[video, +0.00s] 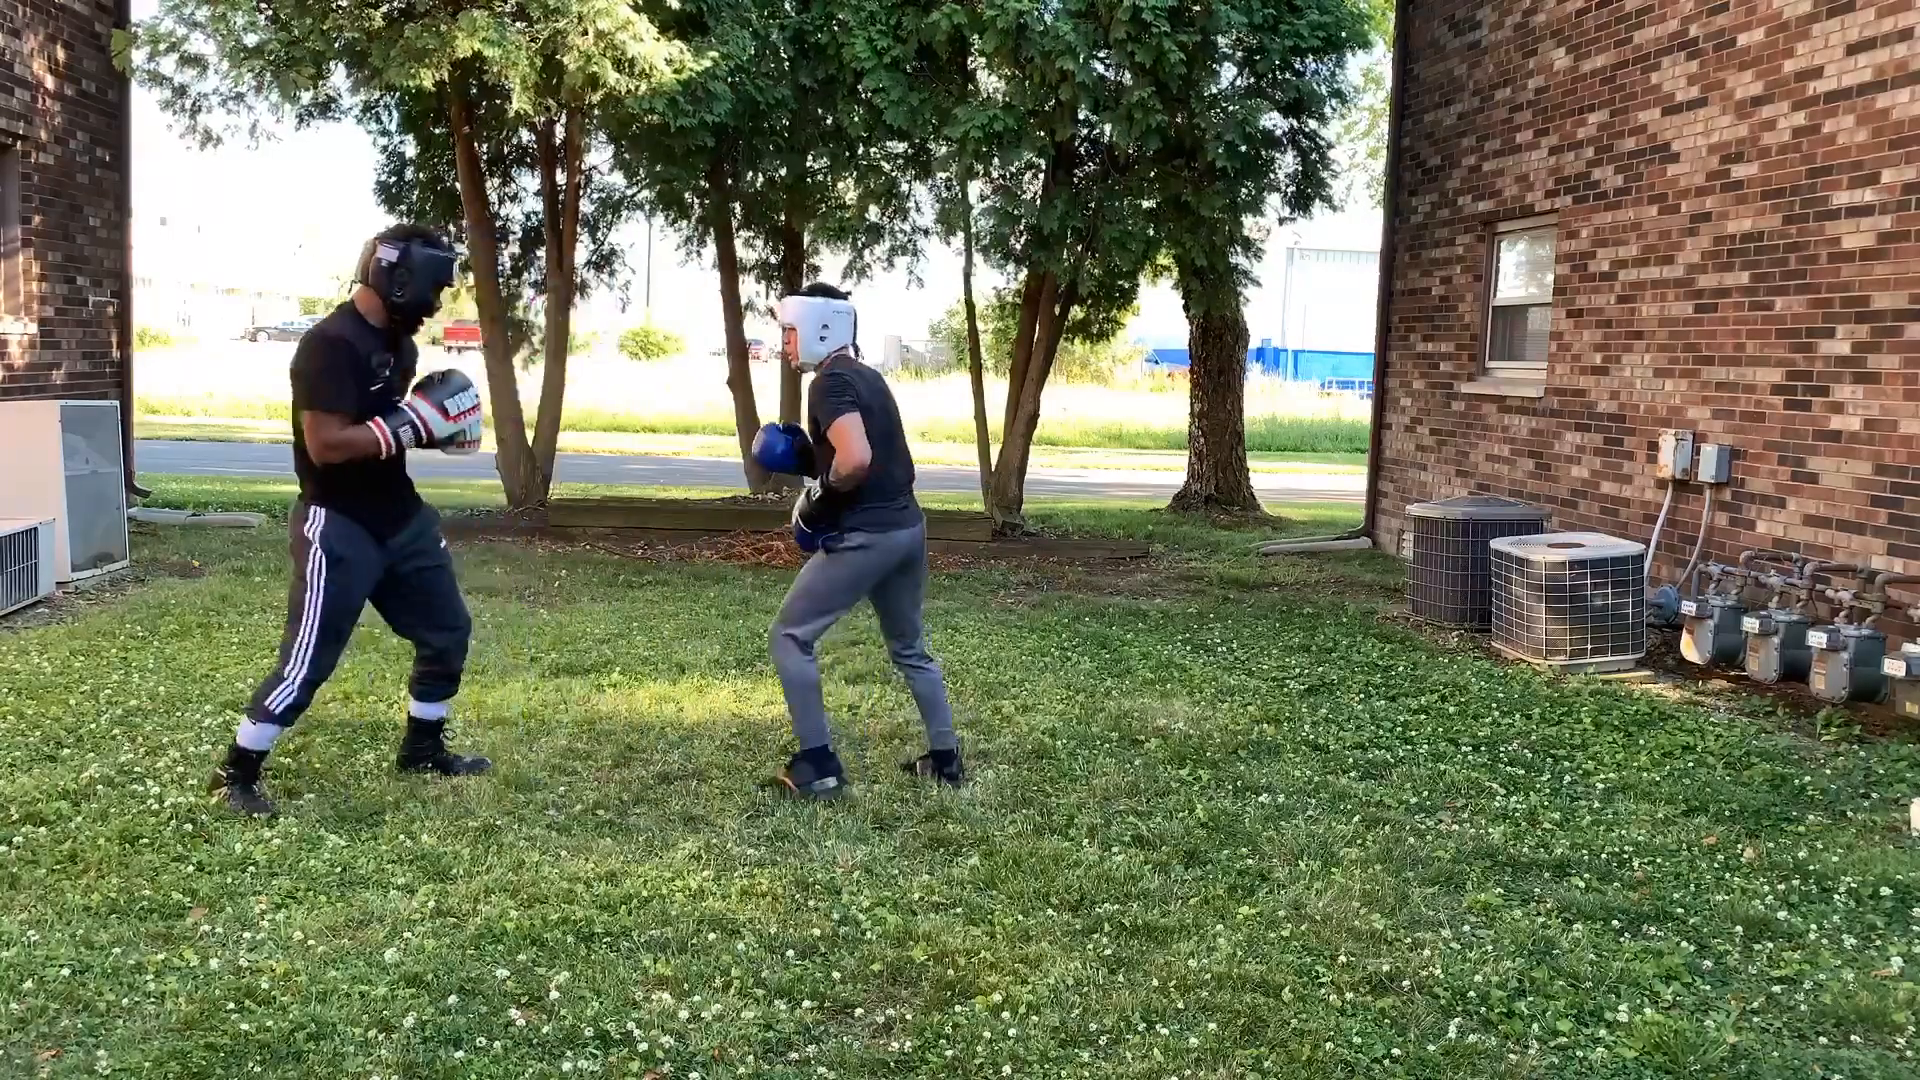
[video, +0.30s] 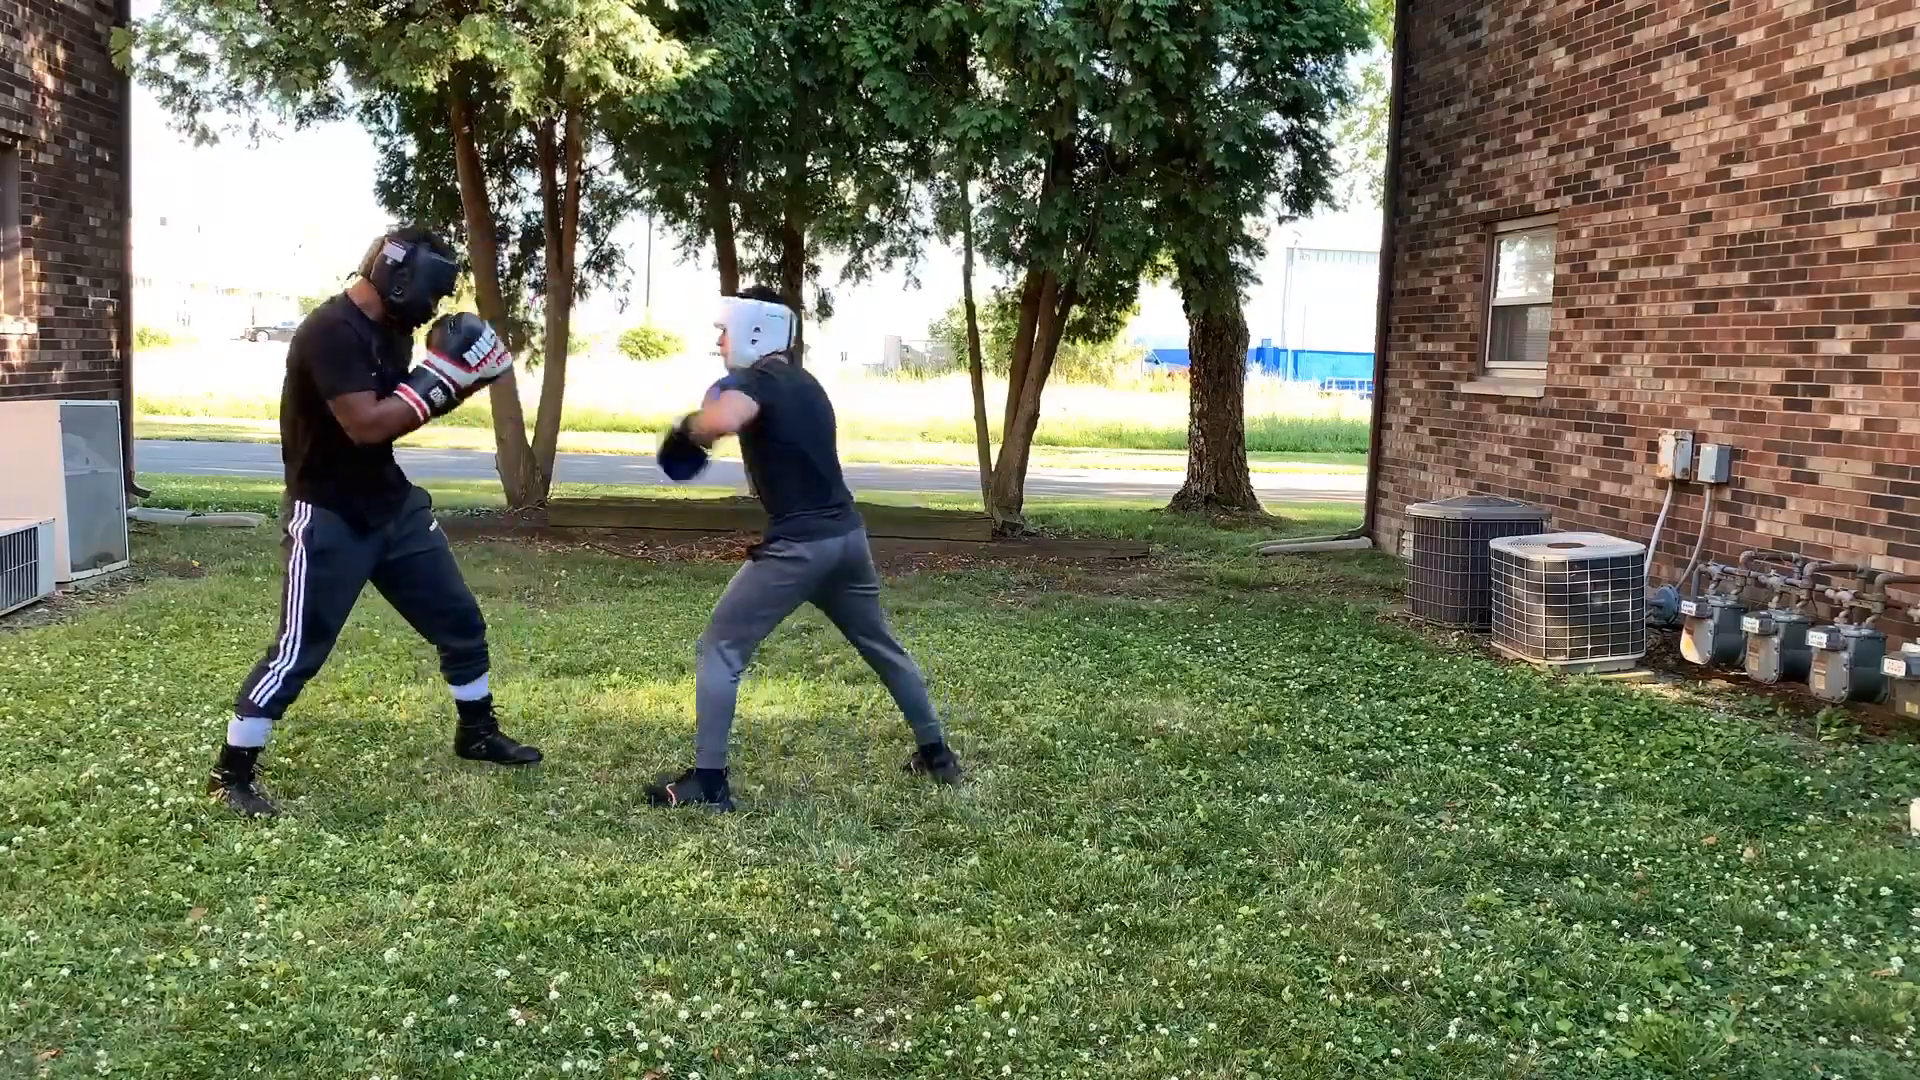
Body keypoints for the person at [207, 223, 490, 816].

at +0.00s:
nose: (431, 302)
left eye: (435, 291)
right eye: (426, 289)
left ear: (393, 281)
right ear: (394, 281)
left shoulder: (398, 344)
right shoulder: (329, 345)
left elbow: (375, 424)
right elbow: (324, 444)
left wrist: (431, 429)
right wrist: (411, 422)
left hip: (396, 512)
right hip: (334, 517)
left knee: (446, 629)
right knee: (309, 657)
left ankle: (423, 748)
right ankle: (240, 772)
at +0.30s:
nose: (425, 310)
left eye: (431, 300)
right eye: (423, 298)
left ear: (390, 281)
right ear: (395, 285)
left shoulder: (390, 331)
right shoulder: (329, 332)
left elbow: (387, 413)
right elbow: (365, 425)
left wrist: (452, 379)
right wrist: (440, 377)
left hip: (393, 508)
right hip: (327, 515)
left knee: (460, 620)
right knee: (302, 646)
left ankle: (477, 731)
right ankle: (234, 771)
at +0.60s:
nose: (467, 338)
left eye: (470, 329)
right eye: (462, 327)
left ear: (439, 325)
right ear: (432, 322)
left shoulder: (443, 362)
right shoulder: (385, 377)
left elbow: (515, 413)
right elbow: (467, 447)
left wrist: (511, 342)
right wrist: (495, 372)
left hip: (454, 540)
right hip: (389, 552)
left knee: (527, 641)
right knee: (348, 678)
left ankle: (538, 748)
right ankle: (251, 773)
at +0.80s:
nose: (480, 360)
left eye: (487, 350)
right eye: (473, 346)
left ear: (494, 349)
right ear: (443, 333)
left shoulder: (469, 379)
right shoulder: (367, 367)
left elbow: (456, 479)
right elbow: (395, 453)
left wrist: (498, 408)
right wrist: (460, 400)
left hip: (460, 533)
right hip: (381, 545)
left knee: (518, 639)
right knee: (346, 664)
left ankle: (539, 748)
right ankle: (259, 773)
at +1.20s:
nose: (440, 393)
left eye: (449, 385)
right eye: (435, 382)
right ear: (408, 359)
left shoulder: (422, 393)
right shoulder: (335, 400)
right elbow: (370, 486)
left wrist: (474, 425)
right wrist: (431, 449)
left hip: (410, 529)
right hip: (331, 536)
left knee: (469, 638)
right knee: (306, 652)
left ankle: (484, 744)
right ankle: (246, 767)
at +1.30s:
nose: (448, 390)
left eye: (459, 382)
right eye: (445, 376)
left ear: (466, 377)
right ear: (423, 352)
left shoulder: (447, 390)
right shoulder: (353, 390)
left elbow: (463, 468)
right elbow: (369, 484)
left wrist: (488, 422)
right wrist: (416, 438)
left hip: (419, 535)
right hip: (343, 532)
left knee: (465, 642)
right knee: (310, 645)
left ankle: (457, 731)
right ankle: (248, 759)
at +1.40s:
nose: (398, 368)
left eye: (413, 358)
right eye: (394, 353)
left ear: (444, 360)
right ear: (385, 344)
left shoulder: (458, 394)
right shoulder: (347, 378)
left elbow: (470, 484)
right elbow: (369, 471)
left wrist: (473, 424)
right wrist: (409, 421)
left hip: (430, 533)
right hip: (353, 529)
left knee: (462, 642)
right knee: (311, 634)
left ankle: (457, 734)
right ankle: (253, 749)